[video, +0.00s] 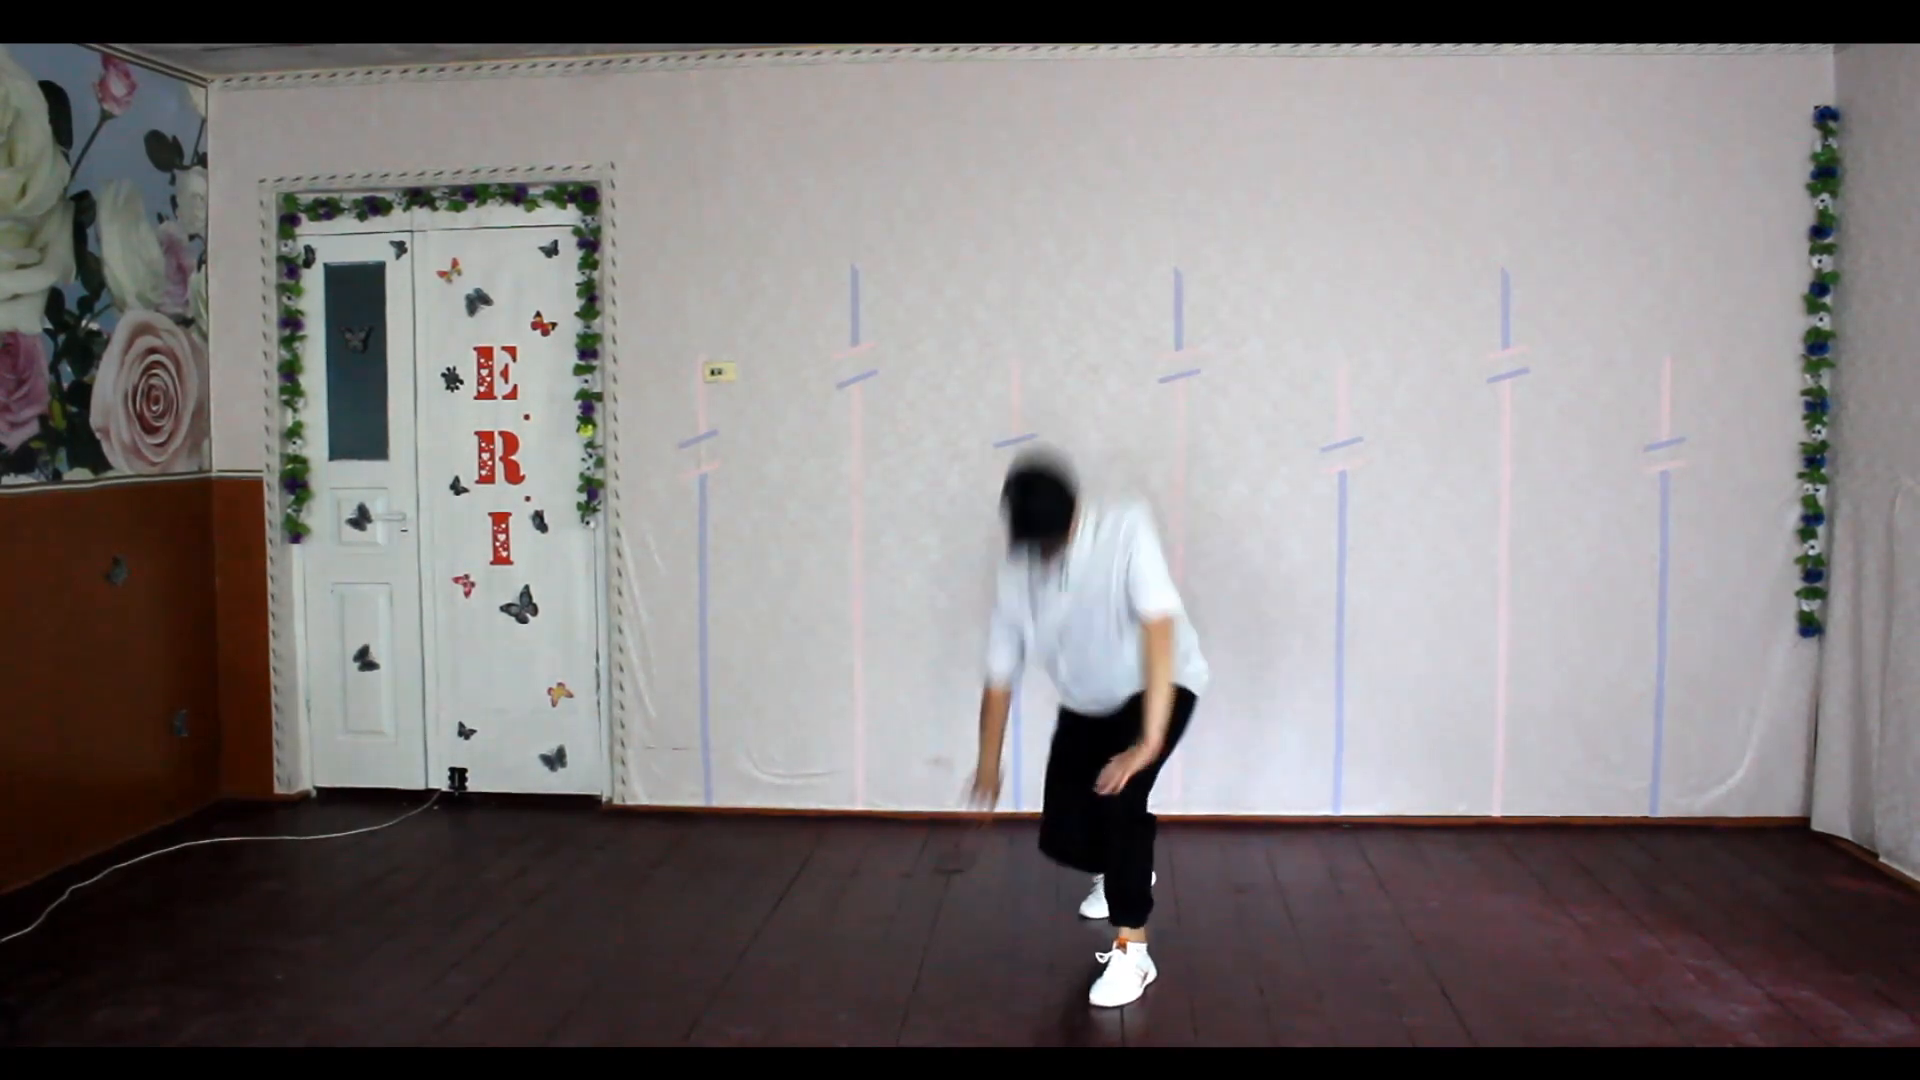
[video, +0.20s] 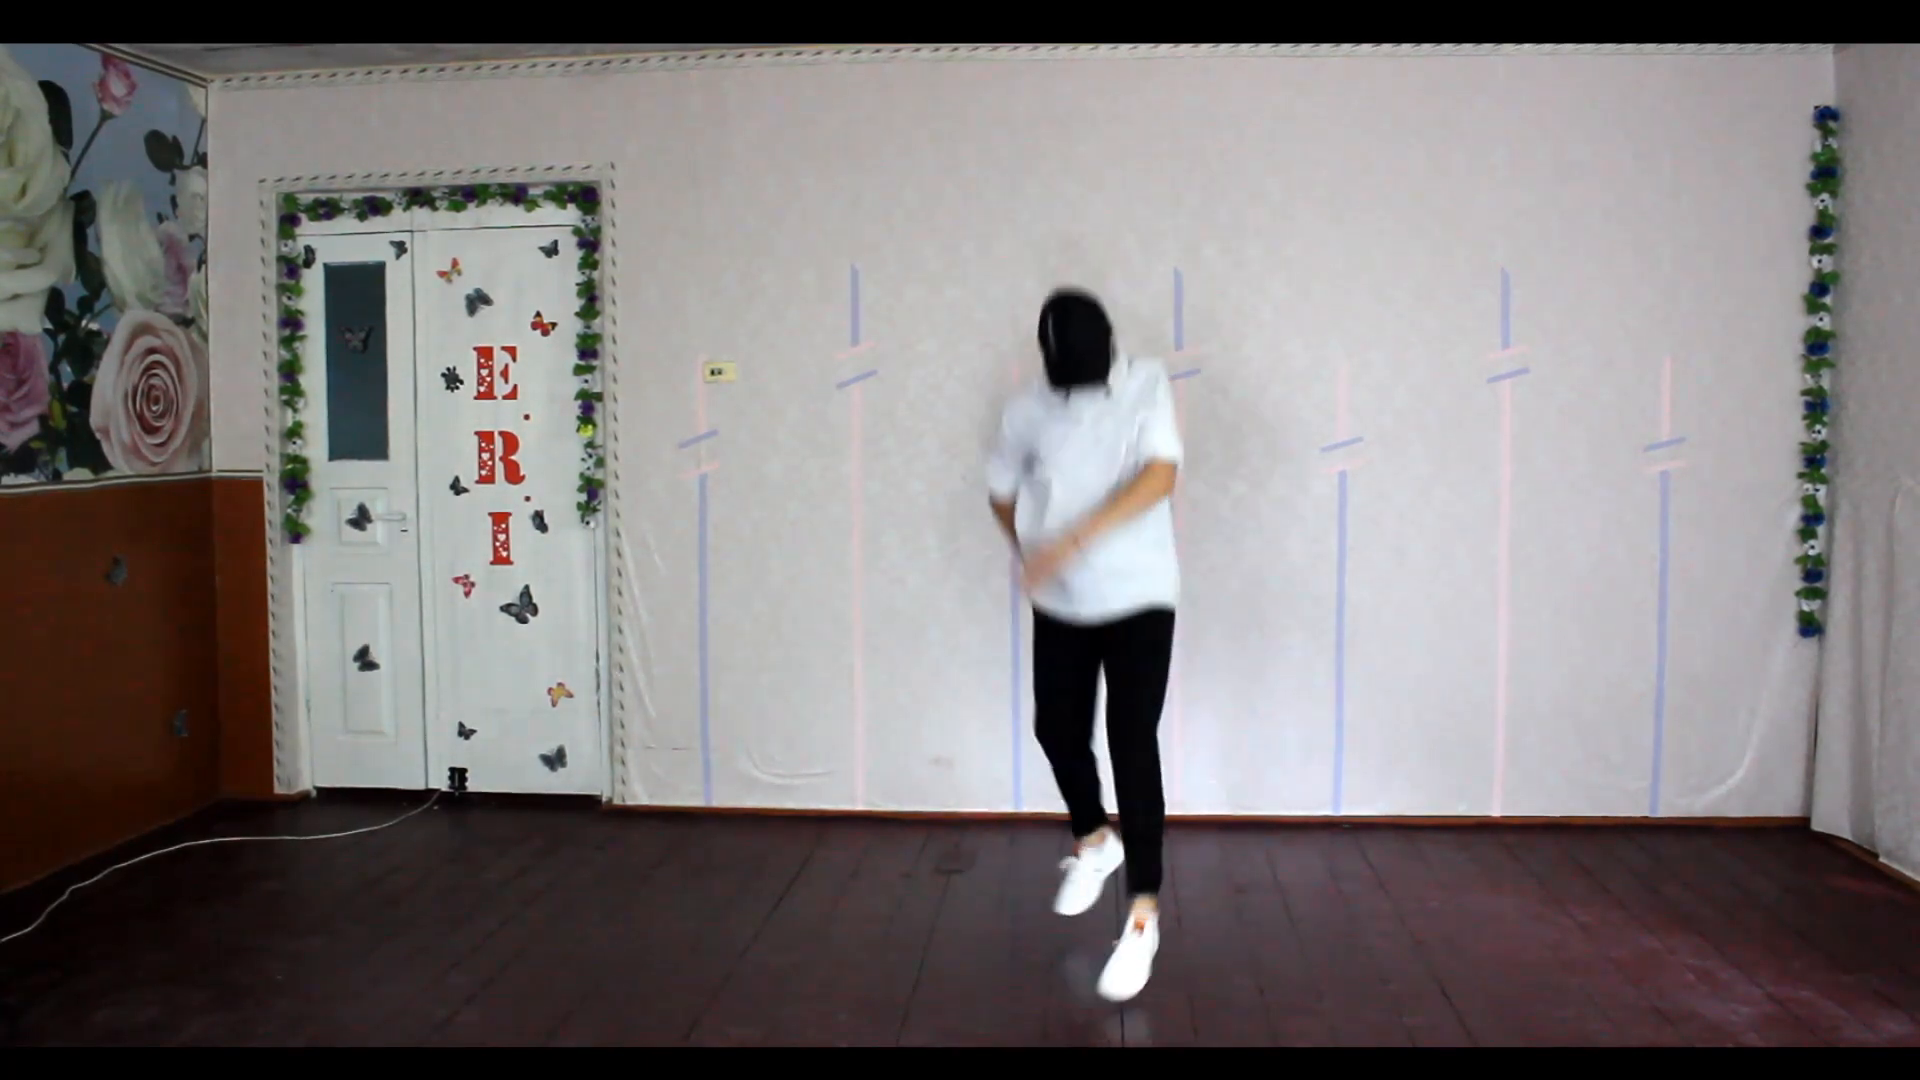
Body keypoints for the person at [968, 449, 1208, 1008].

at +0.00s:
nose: (1047, 551)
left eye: (1054, 539)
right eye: (1035, 543)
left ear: (1071, 515)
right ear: (1018, 529)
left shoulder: (1124, 529)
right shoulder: (1017, 566)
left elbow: (1161, 629)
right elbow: (1000, 674)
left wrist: (1150, 740)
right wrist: (988, 764)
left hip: (1153, 693)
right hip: (1085, 702)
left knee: (1121, 806)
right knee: (1063, 832)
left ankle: (1131, 951)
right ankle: (1126, 868)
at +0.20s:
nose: (1069, 373)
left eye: (1077, 359)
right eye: (1059, 360)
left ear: (1094, 346)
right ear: (1047, 351)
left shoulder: (1143, 385)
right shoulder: (1026, 410)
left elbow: (1160, 476)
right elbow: (1000, 498)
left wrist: (1068, 545)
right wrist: (1034, 556)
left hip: (1139, 604)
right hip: (1063, 609)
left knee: (1132, 747)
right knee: (1059, 731)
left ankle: (1143, 915)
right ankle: (1095, 840)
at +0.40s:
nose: (1083, 365)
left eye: (1091, 352)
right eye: (1071, 353)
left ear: (1108, 336)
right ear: (1052, 342)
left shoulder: (1149, 390)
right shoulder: (1027, 401)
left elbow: (1166, 494)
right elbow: (1007, 483)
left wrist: (1069, 509)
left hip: (1130, 606)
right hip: (1050, 604)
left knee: (1122, 754)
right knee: (1049, 755)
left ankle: (1124, 910)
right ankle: (1055, 908)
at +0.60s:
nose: (1085, 405)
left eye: (1095, 393)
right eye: (1073, 395)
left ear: (1111, 377)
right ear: (1051, 380)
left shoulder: (1147, 430)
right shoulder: (1018, 436)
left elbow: (1167, 528)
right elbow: (990, 523)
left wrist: (1073, 546)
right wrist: (1040, 553)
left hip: (1124, 636)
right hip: (1043, 634)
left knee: (1114, 777)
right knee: (1050, 781)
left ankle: (1113, 916)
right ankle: (1065, 925)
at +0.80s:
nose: (1052, 388)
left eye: (1064, 376)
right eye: (1041, 376)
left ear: (1088, 354)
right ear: (1023, 360)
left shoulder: (1132, 396)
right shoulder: (1005, 406)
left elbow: (1179, 470)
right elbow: (959, 454)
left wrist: (1094, 512)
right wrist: (967, 538)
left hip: (1118, 612)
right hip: (1034, 610)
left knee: (1127, 759)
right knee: (1015, 762)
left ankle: (1129, 909)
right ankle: (1043, 909)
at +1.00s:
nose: (1036, 486)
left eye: (1045, 475)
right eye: (1025, 477)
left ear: (1064, 455)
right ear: (1006, 460)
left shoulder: (1099, 494)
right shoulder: (995, 500)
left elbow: (1116, 595)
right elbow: (949, 548)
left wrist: (1102, 599)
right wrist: (858, 552)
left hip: (1110, 680)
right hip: (1021, 680)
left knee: (1187, 801)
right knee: (922, 794)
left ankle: (1246, 931)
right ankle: (912, 913)